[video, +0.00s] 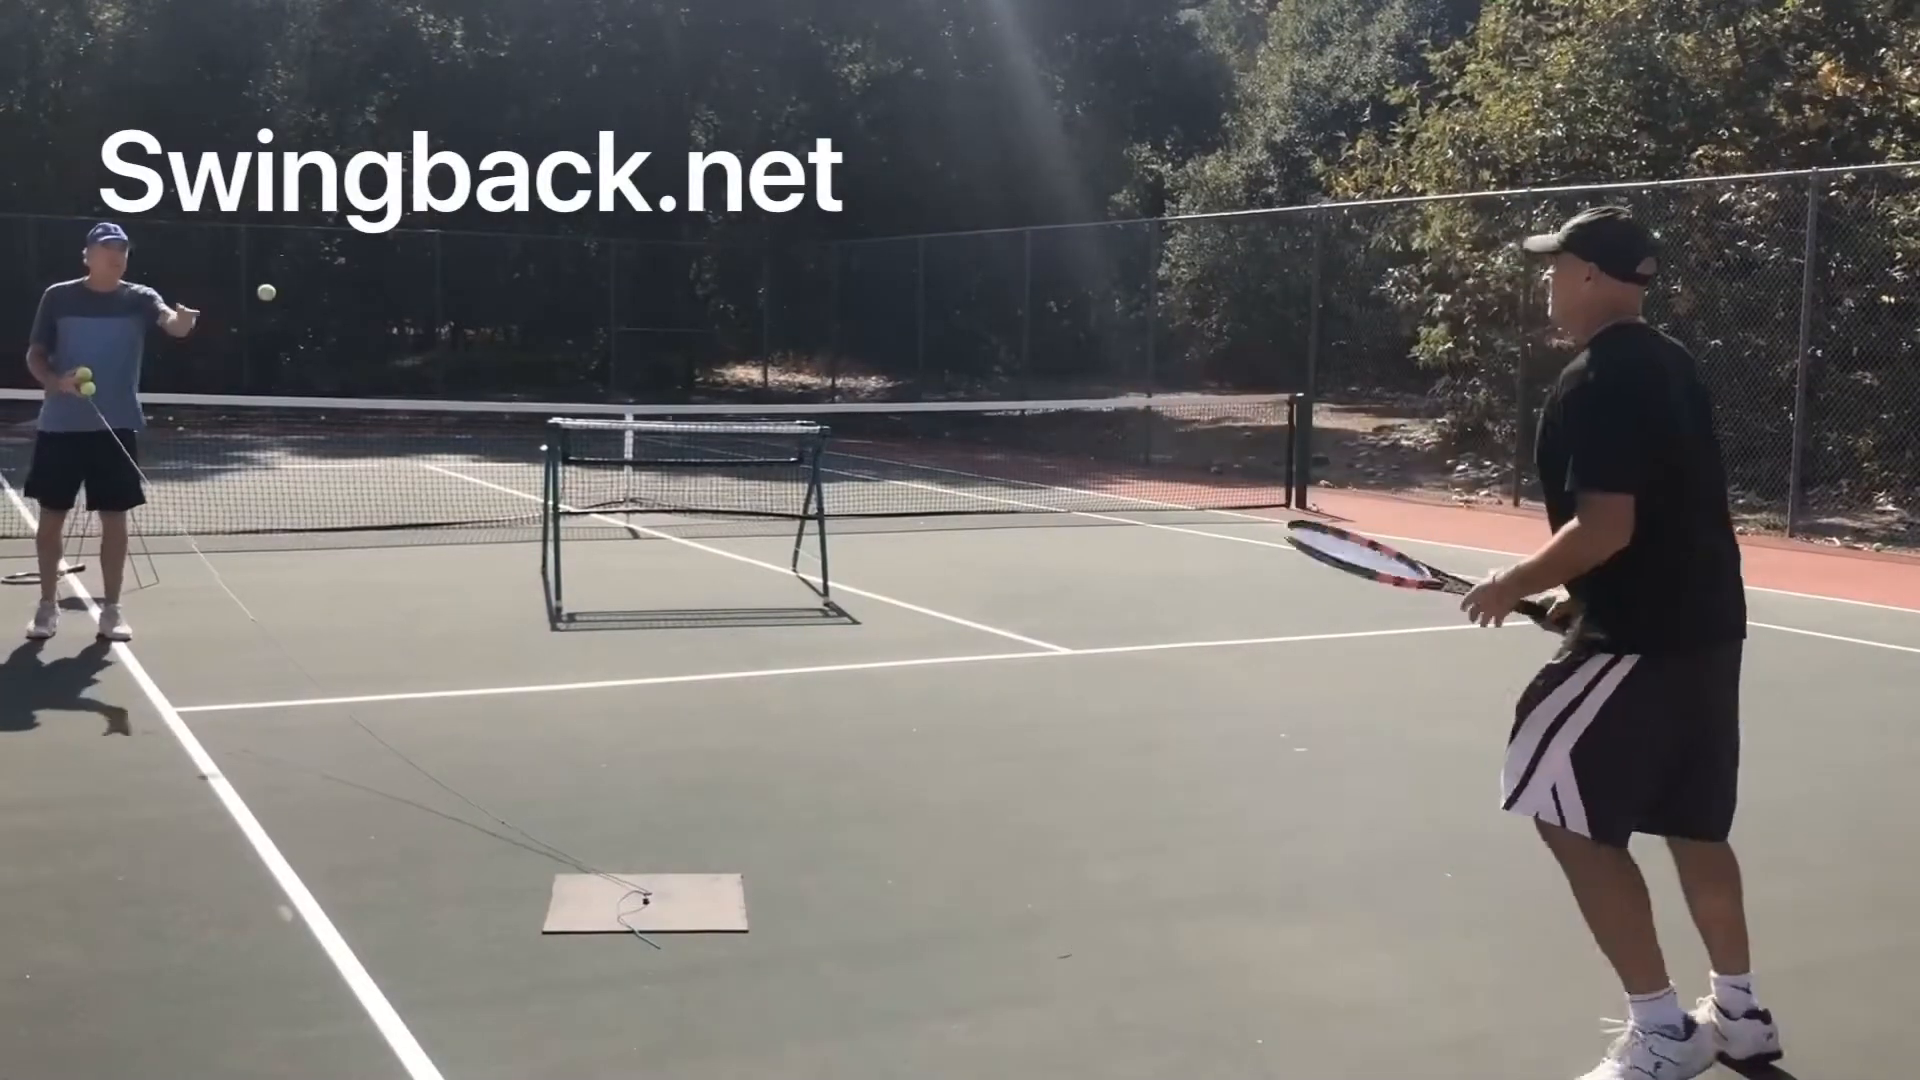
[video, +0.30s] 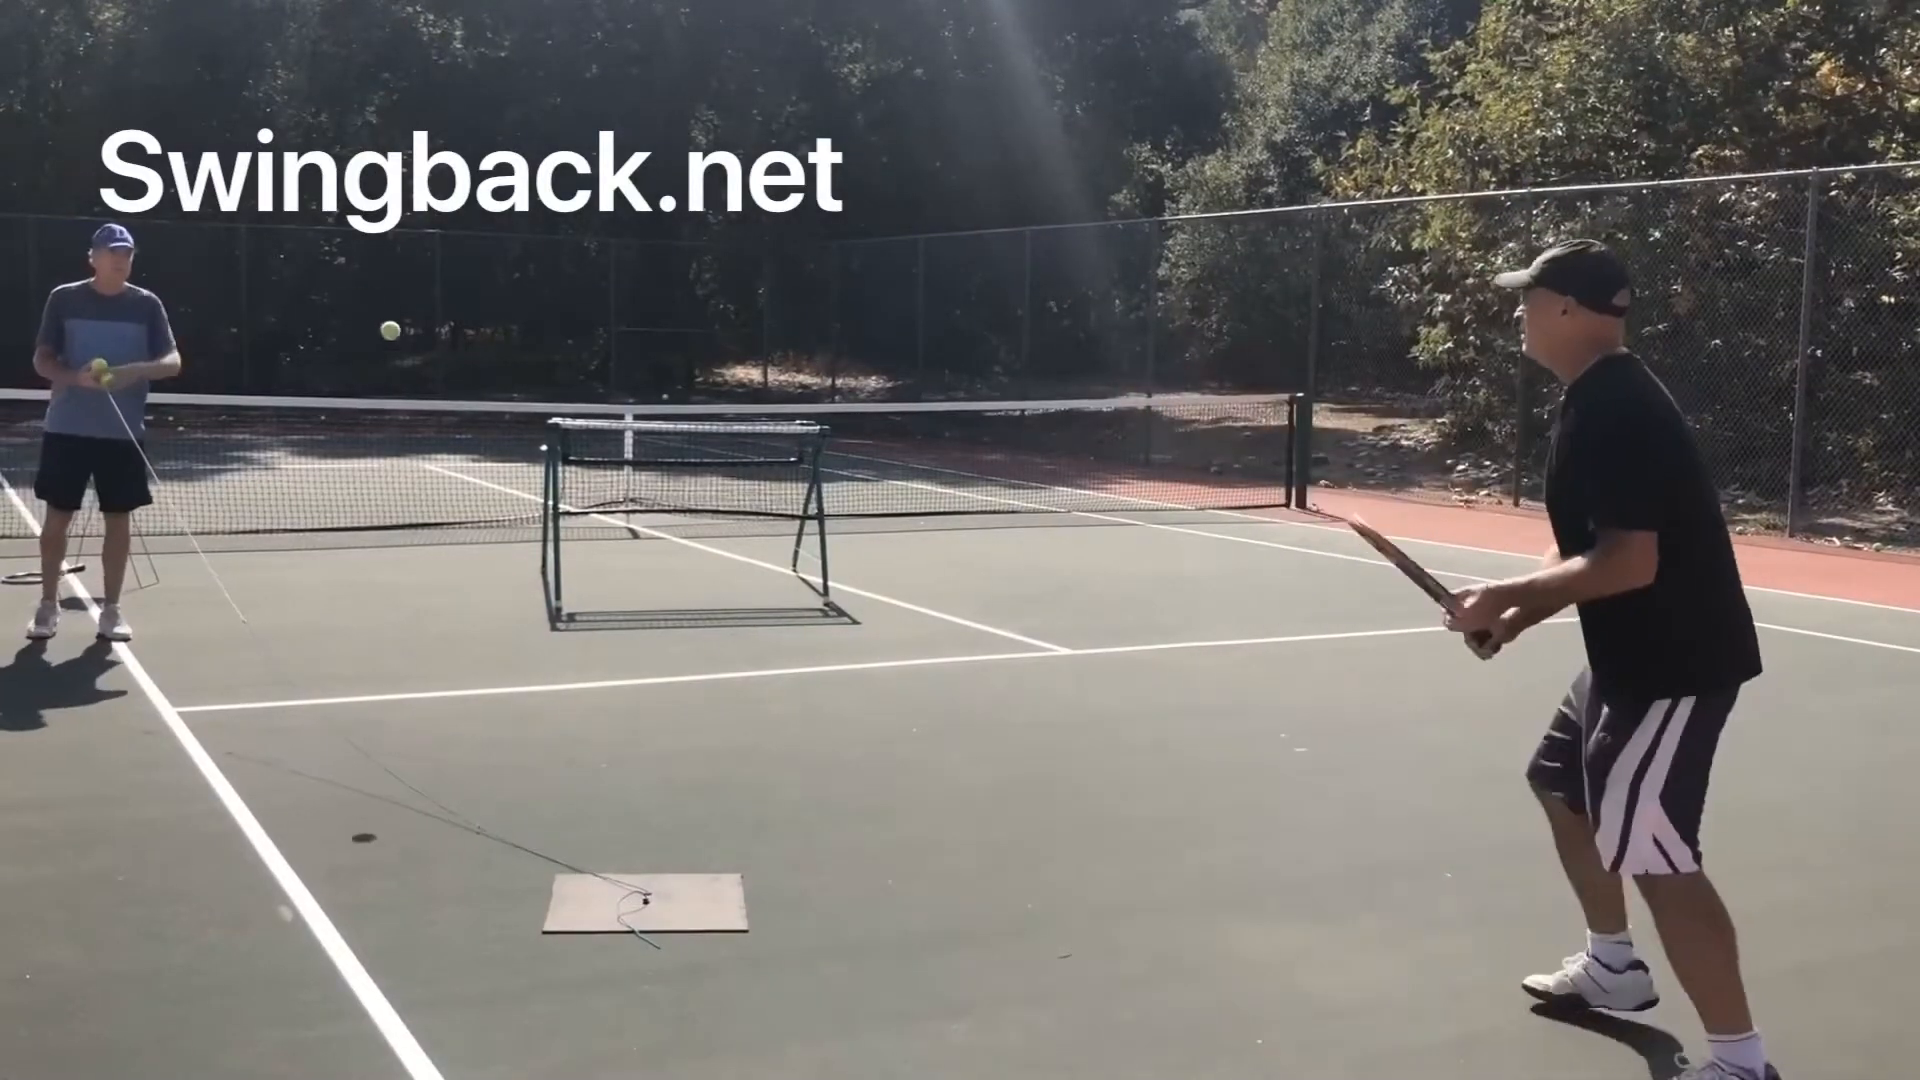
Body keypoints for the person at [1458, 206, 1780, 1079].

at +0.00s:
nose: (1549, 287)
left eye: (1561, 272)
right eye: (1553, 271)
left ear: (1604, 282)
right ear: (1621, 284)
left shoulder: (1602, 377)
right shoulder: (1670, 364)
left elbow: (1606, 526)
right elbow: (1677, 518)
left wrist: (1511, 583)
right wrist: (1582, 592)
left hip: (1639, 641)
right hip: (1708, 635)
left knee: (1563, 808)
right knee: (1692, 818)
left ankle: (1662, 1029)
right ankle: (1740, 1011)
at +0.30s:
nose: (1521, 316)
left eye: (1532, 303)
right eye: (1526, 302)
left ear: (1572, 314)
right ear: (1584, 315)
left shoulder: (1614, 403)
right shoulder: (1597, 397)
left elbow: (1633, 561)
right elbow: (1605, 552)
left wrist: (1508, 594)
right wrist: (1520, 608)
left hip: (1680, 664)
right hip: (1631, 653)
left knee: (1647, 836)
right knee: (1561, 781)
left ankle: (1740, 1059)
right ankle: (1614, 967)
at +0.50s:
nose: (1464, 327)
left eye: (1477, 313)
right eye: (1468, 314)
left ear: (1523, 323)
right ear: (1521, 326)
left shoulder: (1591, 409)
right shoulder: (1510, 411)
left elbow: (1651, 540)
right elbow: (1484, 525)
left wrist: (1531, 572)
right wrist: (1463, 591)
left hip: (1639, 655)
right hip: (1568, 644)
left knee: (1631, 831)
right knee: (1520, 793)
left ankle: (1725, 1048)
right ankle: (1556, 962)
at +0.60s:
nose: (1438, 324)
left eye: (1450, 309)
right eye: (1440, 310)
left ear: (1500, 317)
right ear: (1486, 320)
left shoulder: (1579, 399)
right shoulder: (1464, 406)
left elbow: (1646, 517)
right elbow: (1441, 516)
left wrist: (1539, 548)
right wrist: (1440, 567)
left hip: (1615, 634)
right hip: (1537, 633)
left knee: (1569, 804)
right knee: (1511, 796)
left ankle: (1665, 1011)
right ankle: (1554, 963)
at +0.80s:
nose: (1387, 334)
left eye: (1398, 319)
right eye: (1388, 320)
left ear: (1448, 323)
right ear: (1434, 326)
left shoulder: (1536, 389)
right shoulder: (1408, 409)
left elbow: (1630, 491)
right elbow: (1389, 506)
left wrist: (1536, 487)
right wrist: (1407, 542)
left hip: (1565, 631)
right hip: (1478, 621)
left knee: (1527, 796)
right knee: (1405, 752)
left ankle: (1579, 985)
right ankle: (1489, 913)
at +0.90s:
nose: (1353, 349)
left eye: (1364, 335)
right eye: (1355, 336)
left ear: (1410, 337)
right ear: (1399, 341)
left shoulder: (1503, 398)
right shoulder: (1372, 423)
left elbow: (1612, 480)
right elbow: (1360, 519)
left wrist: (1523, 466)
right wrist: (1395, 539)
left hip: (1532, 638)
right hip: (1444, 623)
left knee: (1501, 804)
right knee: (1354, 743)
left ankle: (1575, 988)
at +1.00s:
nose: (1309, 365)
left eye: (1319, 352)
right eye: (1310, 353)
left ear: (1367, 352)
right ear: (1351, 356)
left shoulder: (1456, 403)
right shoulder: (1326, 436)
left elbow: (1565, 480)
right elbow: (1334, 521)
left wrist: (1498, 474)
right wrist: (1379, 550)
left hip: (1488, 646)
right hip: (1402, 634)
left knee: (1470, 813)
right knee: (1310, 748)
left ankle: (1574, 987)